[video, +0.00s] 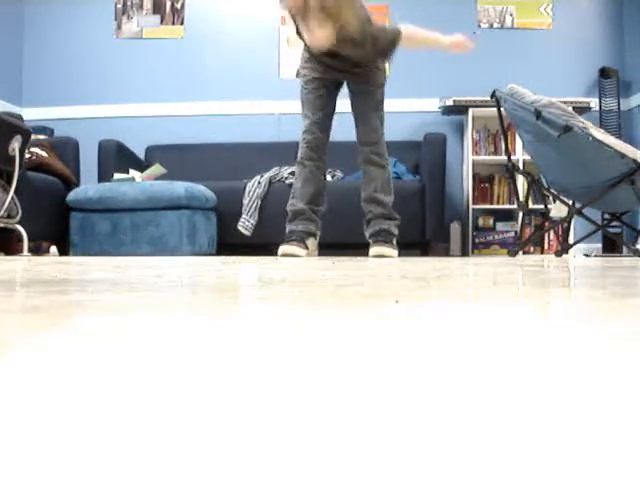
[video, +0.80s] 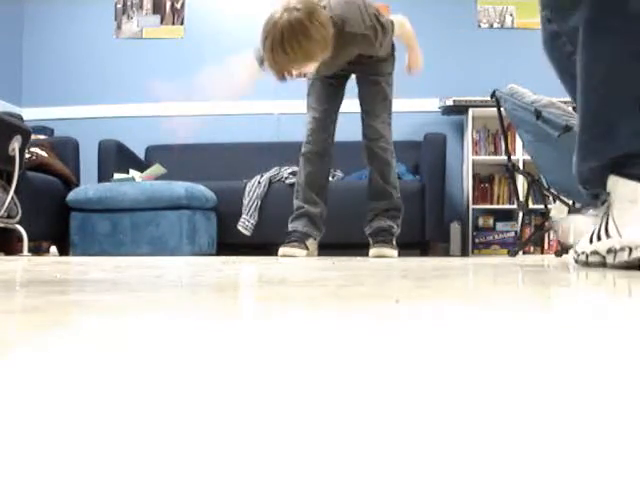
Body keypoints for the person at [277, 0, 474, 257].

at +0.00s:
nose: (316, 30)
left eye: (323, 22)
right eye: (308, 21)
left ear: (337, 18)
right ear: (300, 12)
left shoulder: (363, 34)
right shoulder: (294, 7)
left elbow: (404, 35)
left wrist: (446, 42)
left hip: (365, 62)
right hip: (318, 58)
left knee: (372, 146)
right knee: (311, 143)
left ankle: (382, 236)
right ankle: (301, 234)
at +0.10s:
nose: (345, 81)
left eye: (353, 74)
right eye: (336, 72)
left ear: (366, 52)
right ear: (320, 52)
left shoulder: (381, 48)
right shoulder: (301, 23)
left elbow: (410, 42)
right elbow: (266, 10)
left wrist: (428, 52)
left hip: (367, 61)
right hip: (315, 55)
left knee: (370, 146)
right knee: (308, 144)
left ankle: (382, 235)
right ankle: (300, 234)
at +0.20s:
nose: (360, 88)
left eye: (368, 82)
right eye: (355, 78)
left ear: (388, 57)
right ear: (337, 58)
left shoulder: (392, 40)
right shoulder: (314, 41)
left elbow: (397, 56)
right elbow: (302, 91)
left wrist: (397, 88)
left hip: (366, 50)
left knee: (366, 141)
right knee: (310, 139)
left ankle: (382, 234)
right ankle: (302, 235)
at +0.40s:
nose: (340, 54)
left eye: (347, 48)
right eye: (332, 49)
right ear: (323, 38)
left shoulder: (381, 12)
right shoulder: (314, 25)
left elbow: (382, 58)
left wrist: (387, 104)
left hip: (365, 54)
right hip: (316, 51)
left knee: (369, 139)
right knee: (311, 131)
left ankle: (382, 234)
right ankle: (305, 232)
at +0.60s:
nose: (332, 55)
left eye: (334, 49)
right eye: (324, 54)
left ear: (345, 29)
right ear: (303, 46)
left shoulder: (372, 10)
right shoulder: (303, 39)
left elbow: (390, 47)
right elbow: (358, 73)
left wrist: (401, 94)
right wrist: (433, 77)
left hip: (369, 56)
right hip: (320, 62)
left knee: (372, 138)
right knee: (311, 134)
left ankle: (383, 232)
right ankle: (305, 230)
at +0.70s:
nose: (308, 73)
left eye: (313, 67)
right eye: (303, 70)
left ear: (328, 44)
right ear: (289, 49)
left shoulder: (361, 21)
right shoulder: (293, 40)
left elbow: (398, 41)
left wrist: (408, 88)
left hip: (367, 56)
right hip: (319, 67)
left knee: (374, 136)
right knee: (312, 141)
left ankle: (382, 231)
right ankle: (305, 230)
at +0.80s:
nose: (296, 75)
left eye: (302, 69)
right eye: (289, 71)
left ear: (321, 47)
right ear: (278, 53)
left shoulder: (364, 30)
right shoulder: (276, 51)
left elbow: (400, 23)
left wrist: (414, 54)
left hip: (373, 52)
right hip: (324, 61)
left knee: (377, 137)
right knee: (315, 138)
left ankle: (383, 231)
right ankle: (303, 231)